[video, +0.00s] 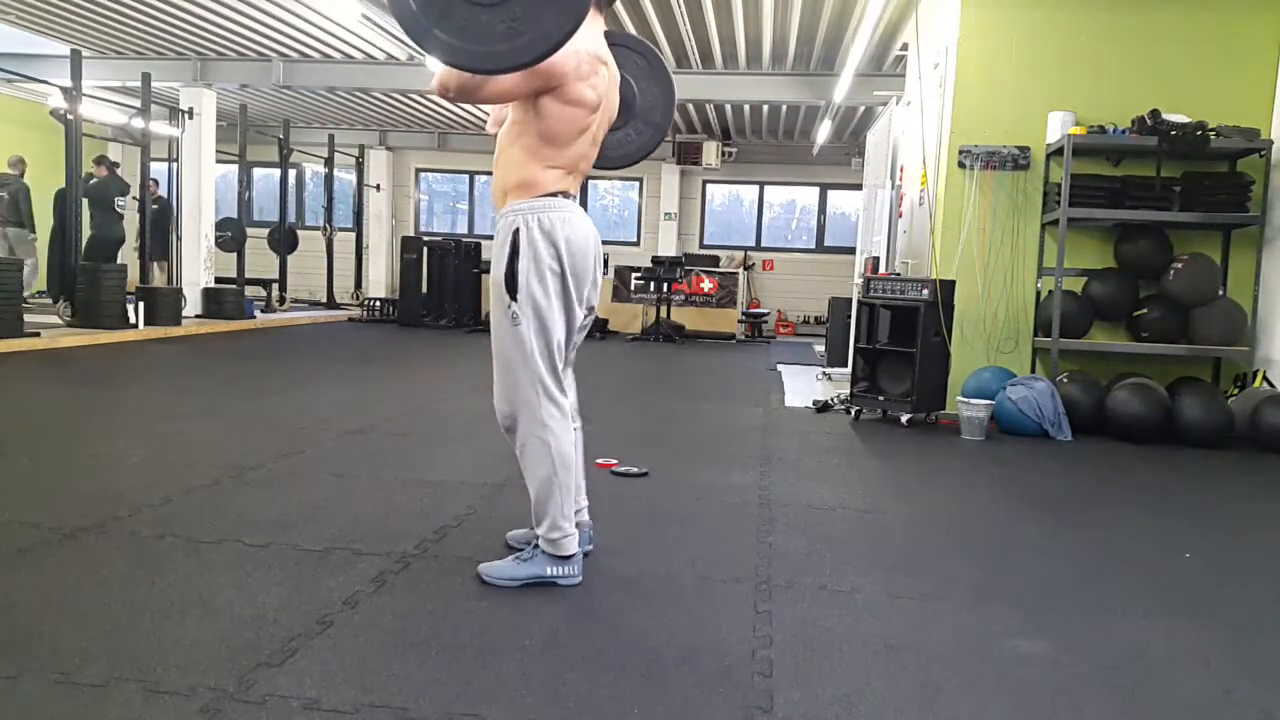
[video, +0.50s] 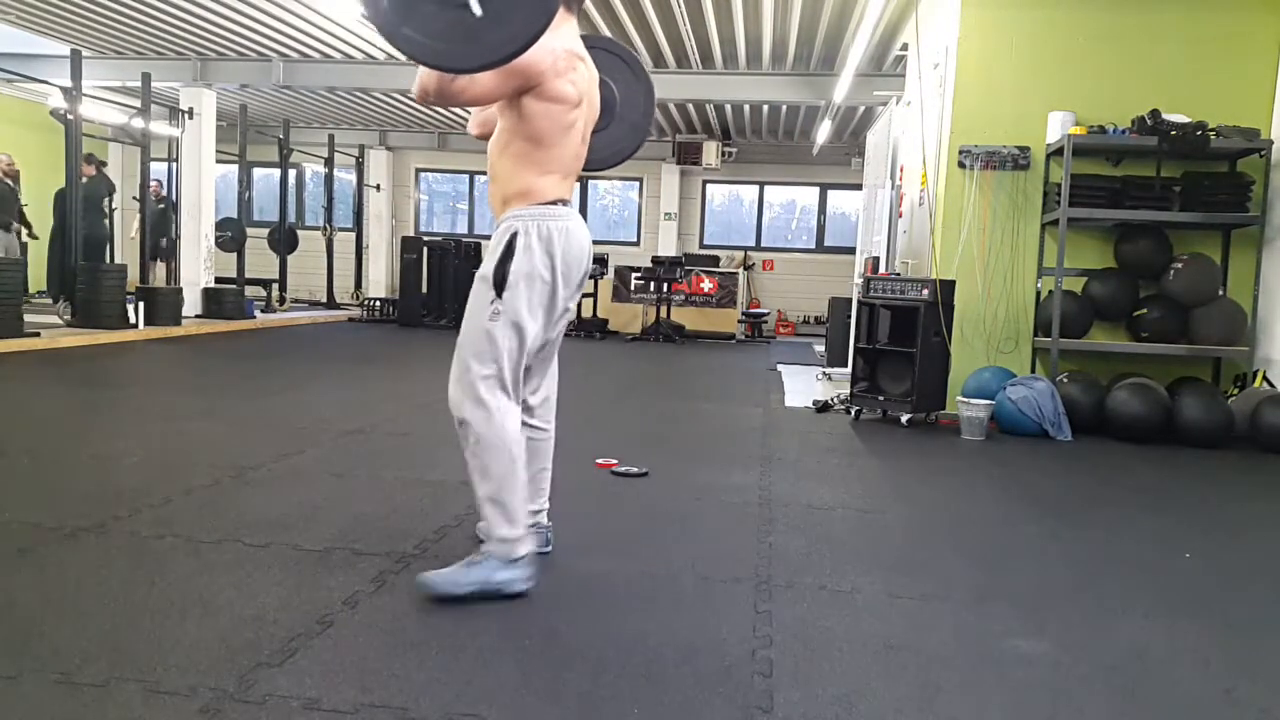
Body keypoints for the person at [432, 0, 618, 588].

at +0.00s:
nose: (540, 15)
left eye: (547, 7)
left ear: (571, 5)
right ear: (603, 11)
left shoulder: (562, 51)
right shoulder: (608, 75)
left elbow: (449, 84)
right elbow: (559, 144)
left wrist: (485, 25)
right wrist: (508, 121)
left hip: (533, 230)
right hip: (569, 226)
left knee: (532, 398)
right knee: (549, 389)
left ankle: (559, 550)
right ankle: (569, 522)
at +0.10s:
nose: (537, 15)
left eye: (545, 7)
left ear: (568, 4)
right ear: (599, 10)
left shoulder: (563, 50)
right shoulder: (606, 74)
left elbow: (449, 84)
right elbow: (561, 142)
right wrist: (509, 122)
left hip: (536, 229)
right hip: (563, 225)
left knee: (537, 397)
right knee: (523, 399)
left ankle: (559, 551)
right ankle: (551, 520)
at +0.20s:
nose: (534, 14)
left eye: (541, 6)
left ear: (564, 3)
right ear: (593, 9)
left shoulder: (559, 51)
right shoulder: (601, 72)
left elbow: (446, 83)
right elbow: (553, 141)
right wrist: (503, 121)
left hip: (539, 230)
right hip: (553, 226)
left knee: (538, 393)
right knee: (519, 390)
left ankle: (559, 551)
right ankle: (530, 518)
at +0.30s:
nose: (520, 13)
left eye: (528, 6)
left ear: (557, 3)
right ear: (587, 9)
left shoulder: (554, 50)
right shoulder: (596, 73)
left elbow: (442, 82)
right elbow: (495, 124)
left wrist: (465, 24)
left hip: (535, 233)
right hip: (552, 229)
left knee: (526, 395)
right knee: (524, 391)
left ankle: (558, 549)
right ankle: (531, 516)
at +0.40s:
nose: (510, 13)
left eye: (520, 5)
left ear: (552, 4)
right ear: (581, 9)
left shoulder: (547, 52)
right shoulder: (590, 72)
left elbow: (435, 84)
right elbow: (490, 122)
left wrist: (467, 24)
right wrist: (493, 109)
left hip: (531, 237)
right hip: (561, 232)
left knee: (485, 391)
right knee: (534, 390)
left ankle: (547, 536)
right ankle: (533, 513)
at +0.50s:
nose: (503, 16)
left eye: (511, 8)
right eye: (503, 10)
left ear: (542, 4)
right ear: (573, 9)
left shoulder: (540, 52)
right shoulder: (584, 71)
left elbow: (429, 87)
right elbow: (482, 125)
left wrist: (461, 25)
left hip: (526, 236)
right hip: (565, 233)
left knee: (479, 389)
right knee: (534, 391)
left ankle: (506, 551)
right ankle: (529, 523)